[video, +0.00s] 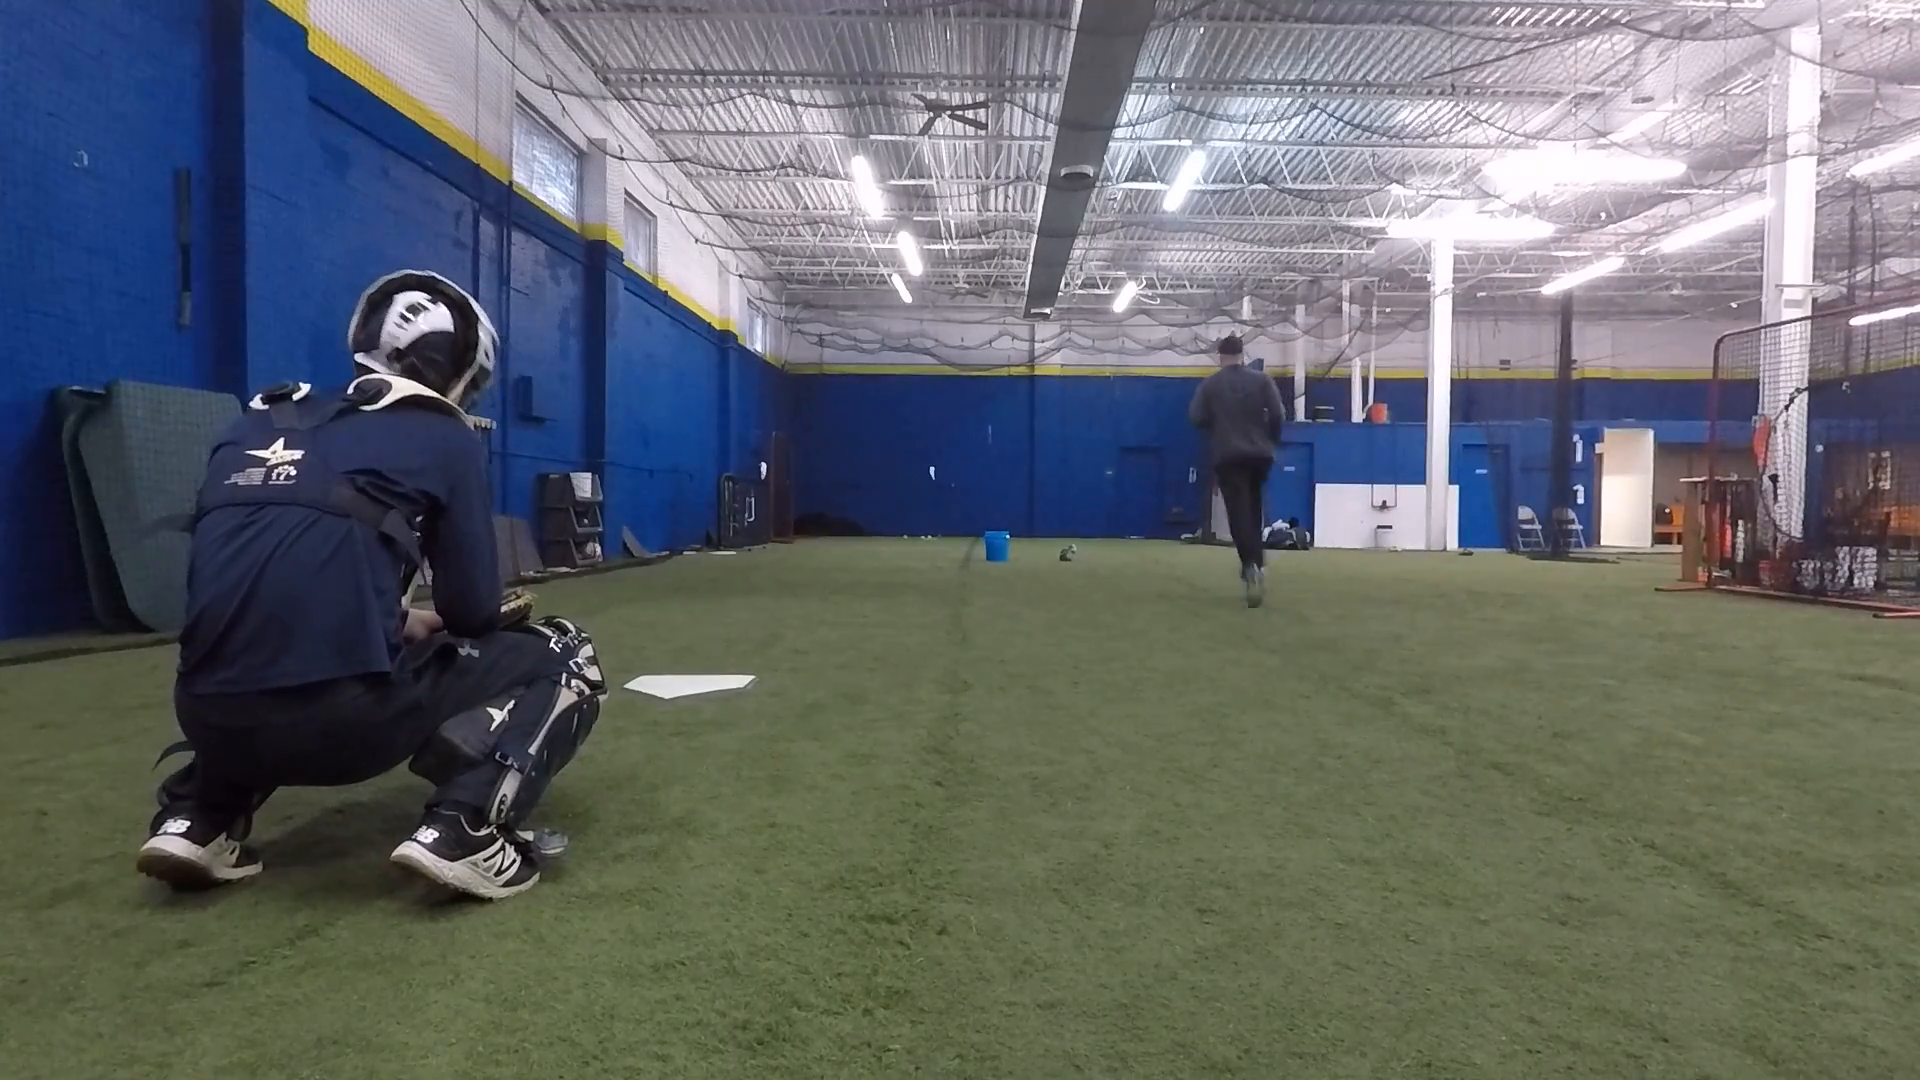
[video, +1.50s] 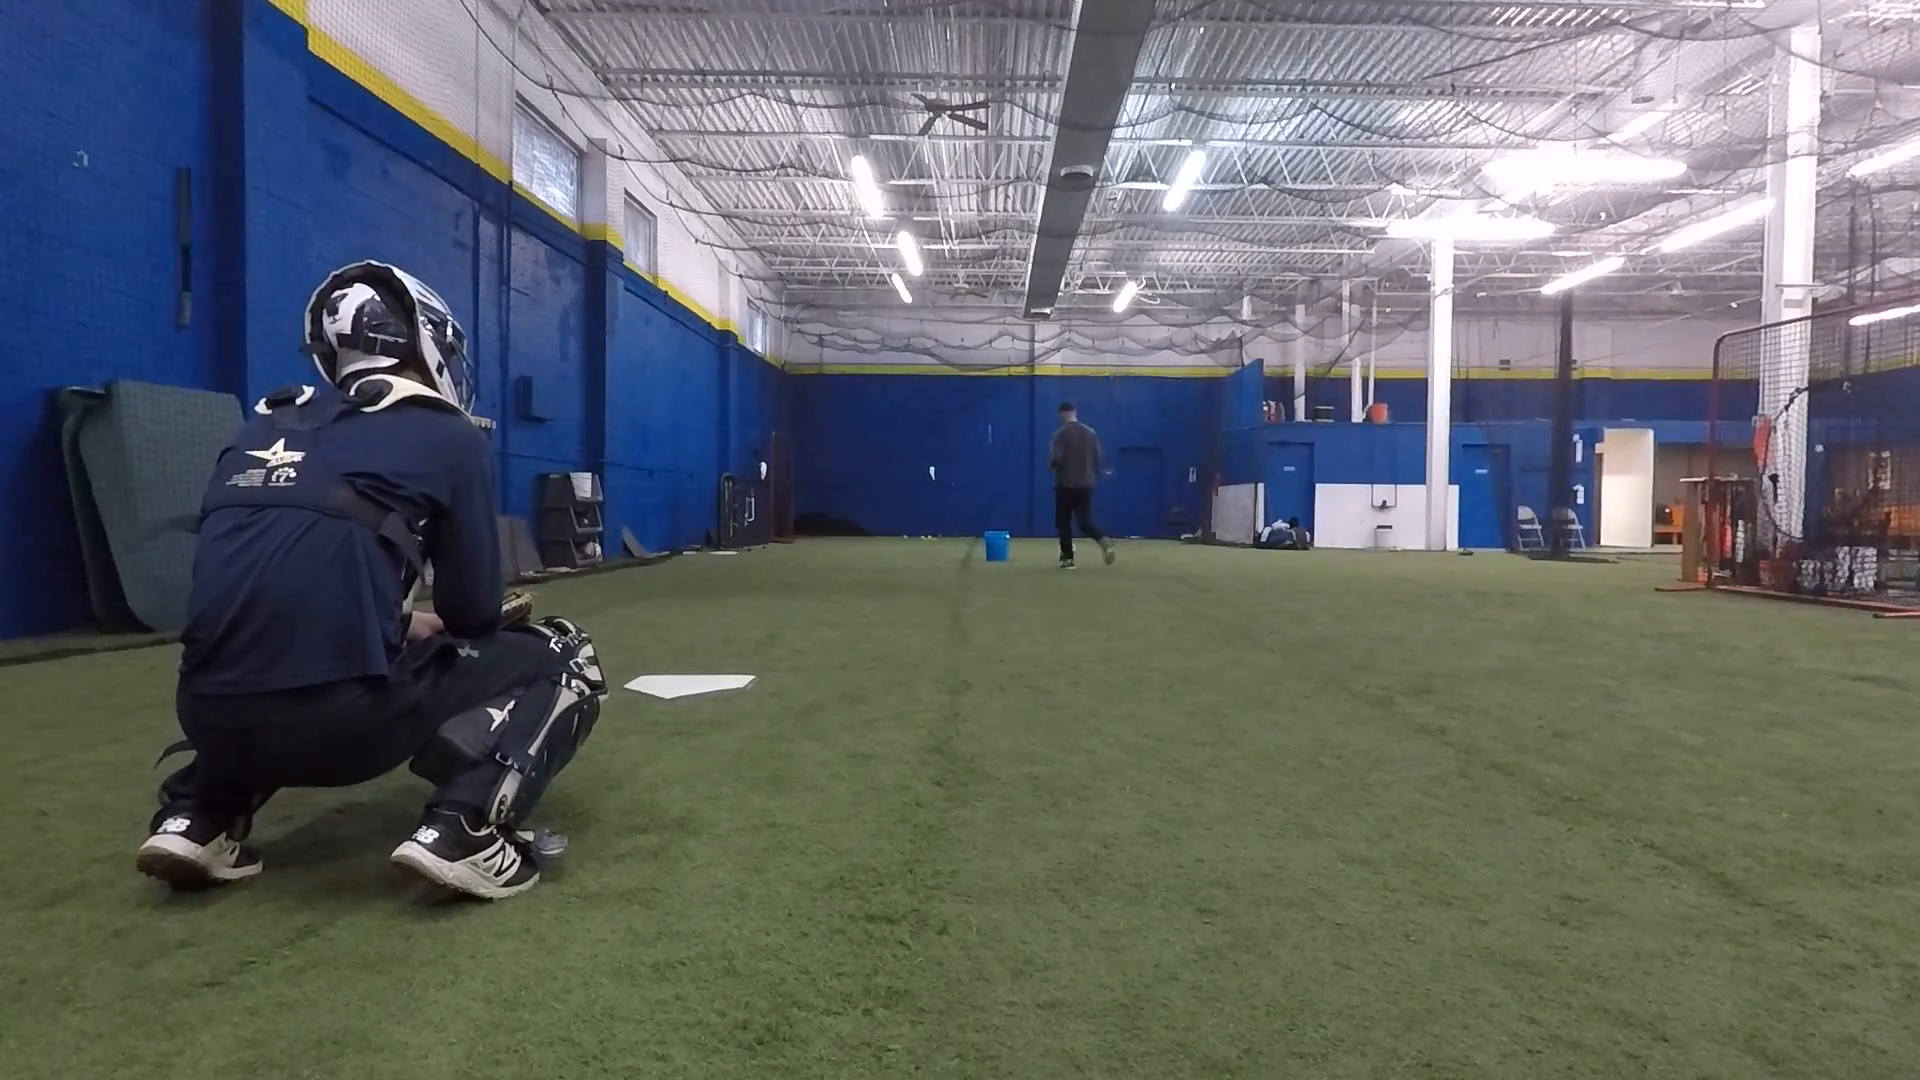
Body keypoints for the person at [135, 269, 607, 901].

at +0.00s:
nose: (472, 395)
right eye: (472, 380)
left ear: (362, 351)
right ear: (457, 375)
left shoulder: (257, 419)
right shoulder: (447, 436)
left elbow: (240, 576)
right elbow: (472, 610)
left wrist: (391, 619)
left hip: (217, 721)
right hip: (345, 722)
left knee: (275, 623)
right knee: (567, 657)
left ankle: (196, 817)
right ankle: (466, 826)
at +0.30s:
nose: (452, 354)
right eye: (444, 340)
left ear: (324, 362)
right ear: (431, 346)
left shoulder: (259, 428)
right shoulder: (454, 433)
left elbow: (248, 581)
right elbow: (475, 609)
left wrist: (392, 622)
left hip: (217, 721)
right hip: (343, 722)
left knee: (283, 623)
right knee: (567, 654)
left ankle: (196, 817)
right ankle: (464, 826)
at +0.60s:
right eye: (420, 351)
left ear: (305, 373)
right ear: (407, 358)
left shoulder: (254, 429)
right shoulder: (452, 433)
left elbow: (254, 589)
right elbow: (477, 612)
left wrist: (403, 626)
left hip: (216, 722)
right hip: (345, 726)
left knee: (275, 629)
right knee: (565, 654)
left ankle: (196, 816)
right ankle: (464, 826)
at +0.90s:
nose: (442, 371)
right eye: (430, 357)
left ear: (310, 376)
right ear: (414, 361)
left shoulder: (258, 427)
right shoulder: (451, 433)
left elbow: (257, 589)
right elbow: (474, 613)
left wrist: (404, 626)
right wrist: (503, 613)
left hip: (216, 722)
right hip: (343, 725)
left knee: (279, 630)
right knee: (565, 655)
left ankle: (196, 817)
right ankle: (463, 826)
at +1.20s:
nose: (449, 360)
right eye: (440, 345)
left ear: (324, 362)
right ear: (427, 349)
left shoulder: (260, 428)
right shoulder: (451, 434)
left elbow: (254, 588)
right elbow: (473, 612)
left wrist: (400, 625)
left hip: (217, 722)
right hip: (343, 725)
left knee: (279, 628)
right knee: (566, 656)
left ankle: (197, 816)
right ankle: (465, 826)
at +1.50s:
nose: (454, 363)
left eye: (450, 349)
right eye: (448, 347)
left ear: (327, 356)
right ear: (430, 346)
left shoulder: (262, 426)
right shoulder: (451, 436)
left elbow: (257, 585)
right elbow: (472, 611)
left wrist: (399, 627)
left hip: (218, 722)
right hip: (346, 724)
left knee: (281, 630)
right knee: (565, 657)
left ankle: (196, 816)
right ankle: (465, 826)